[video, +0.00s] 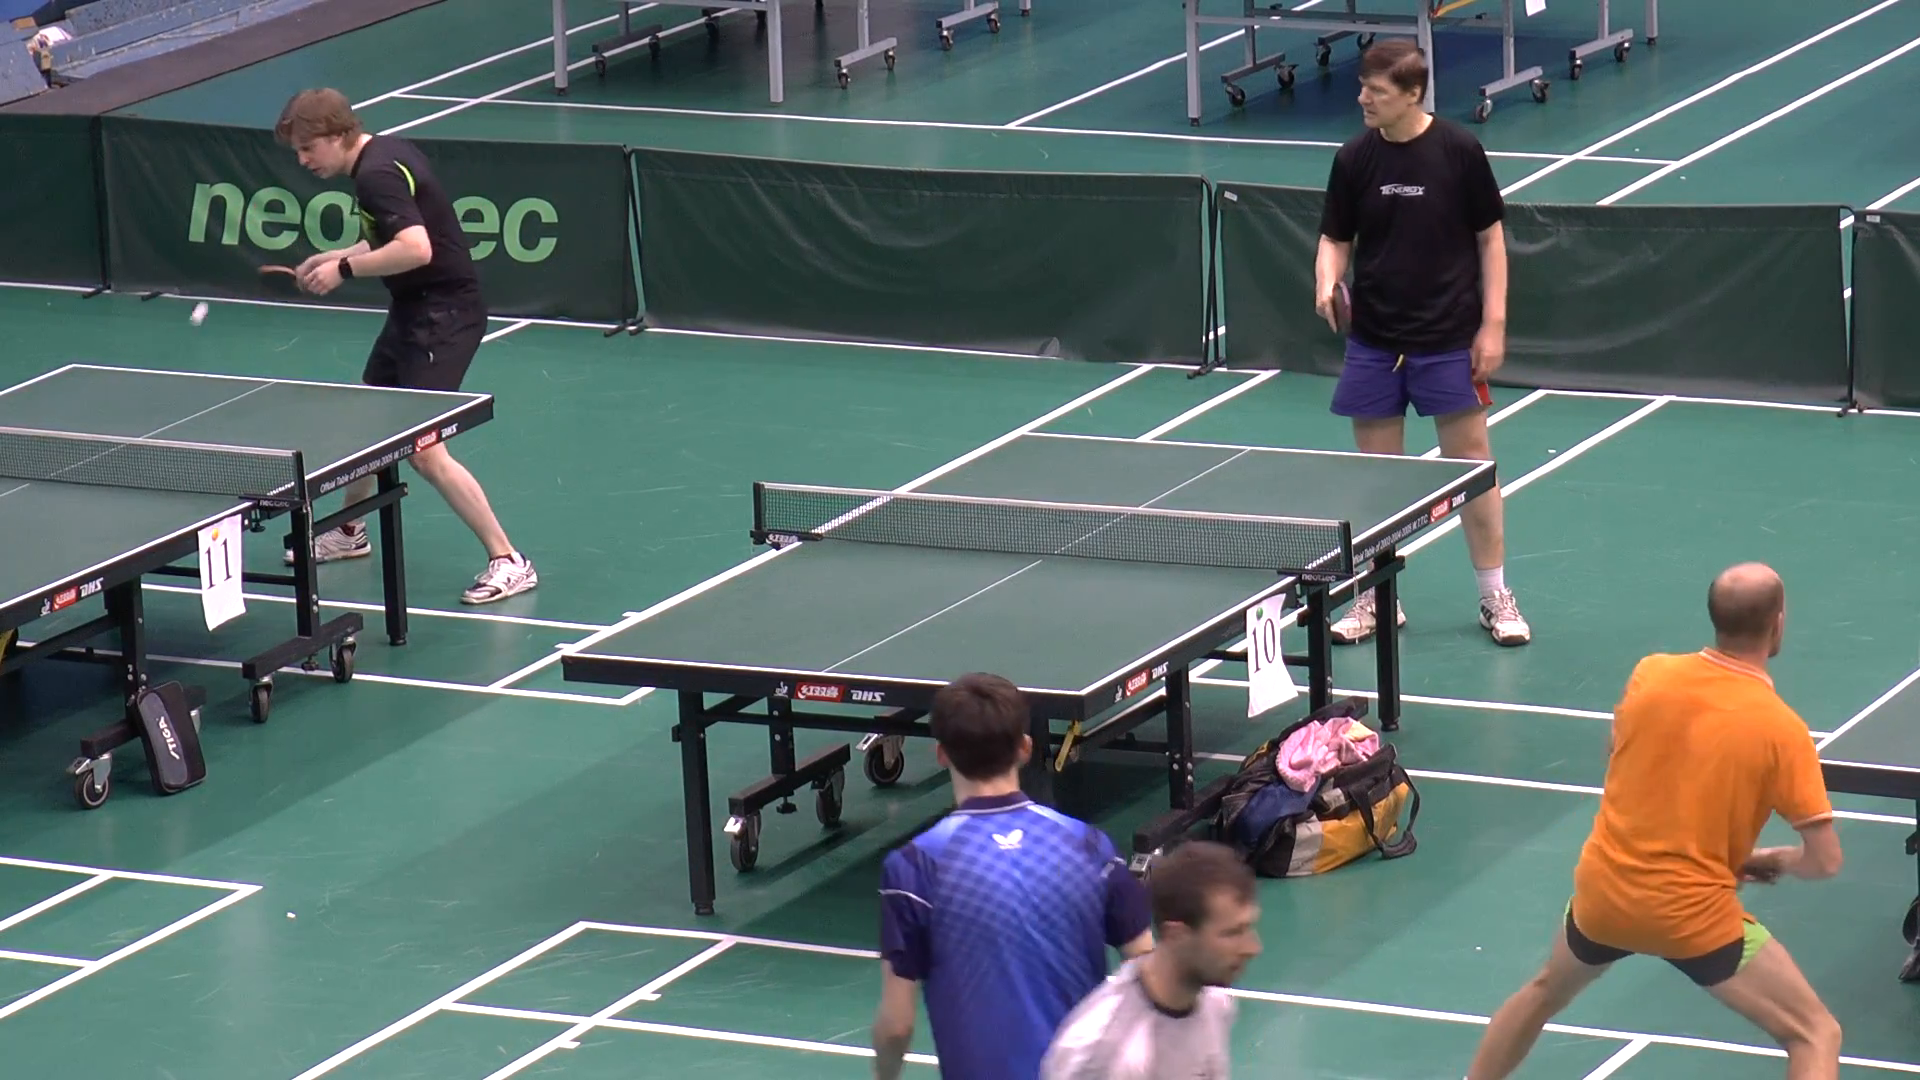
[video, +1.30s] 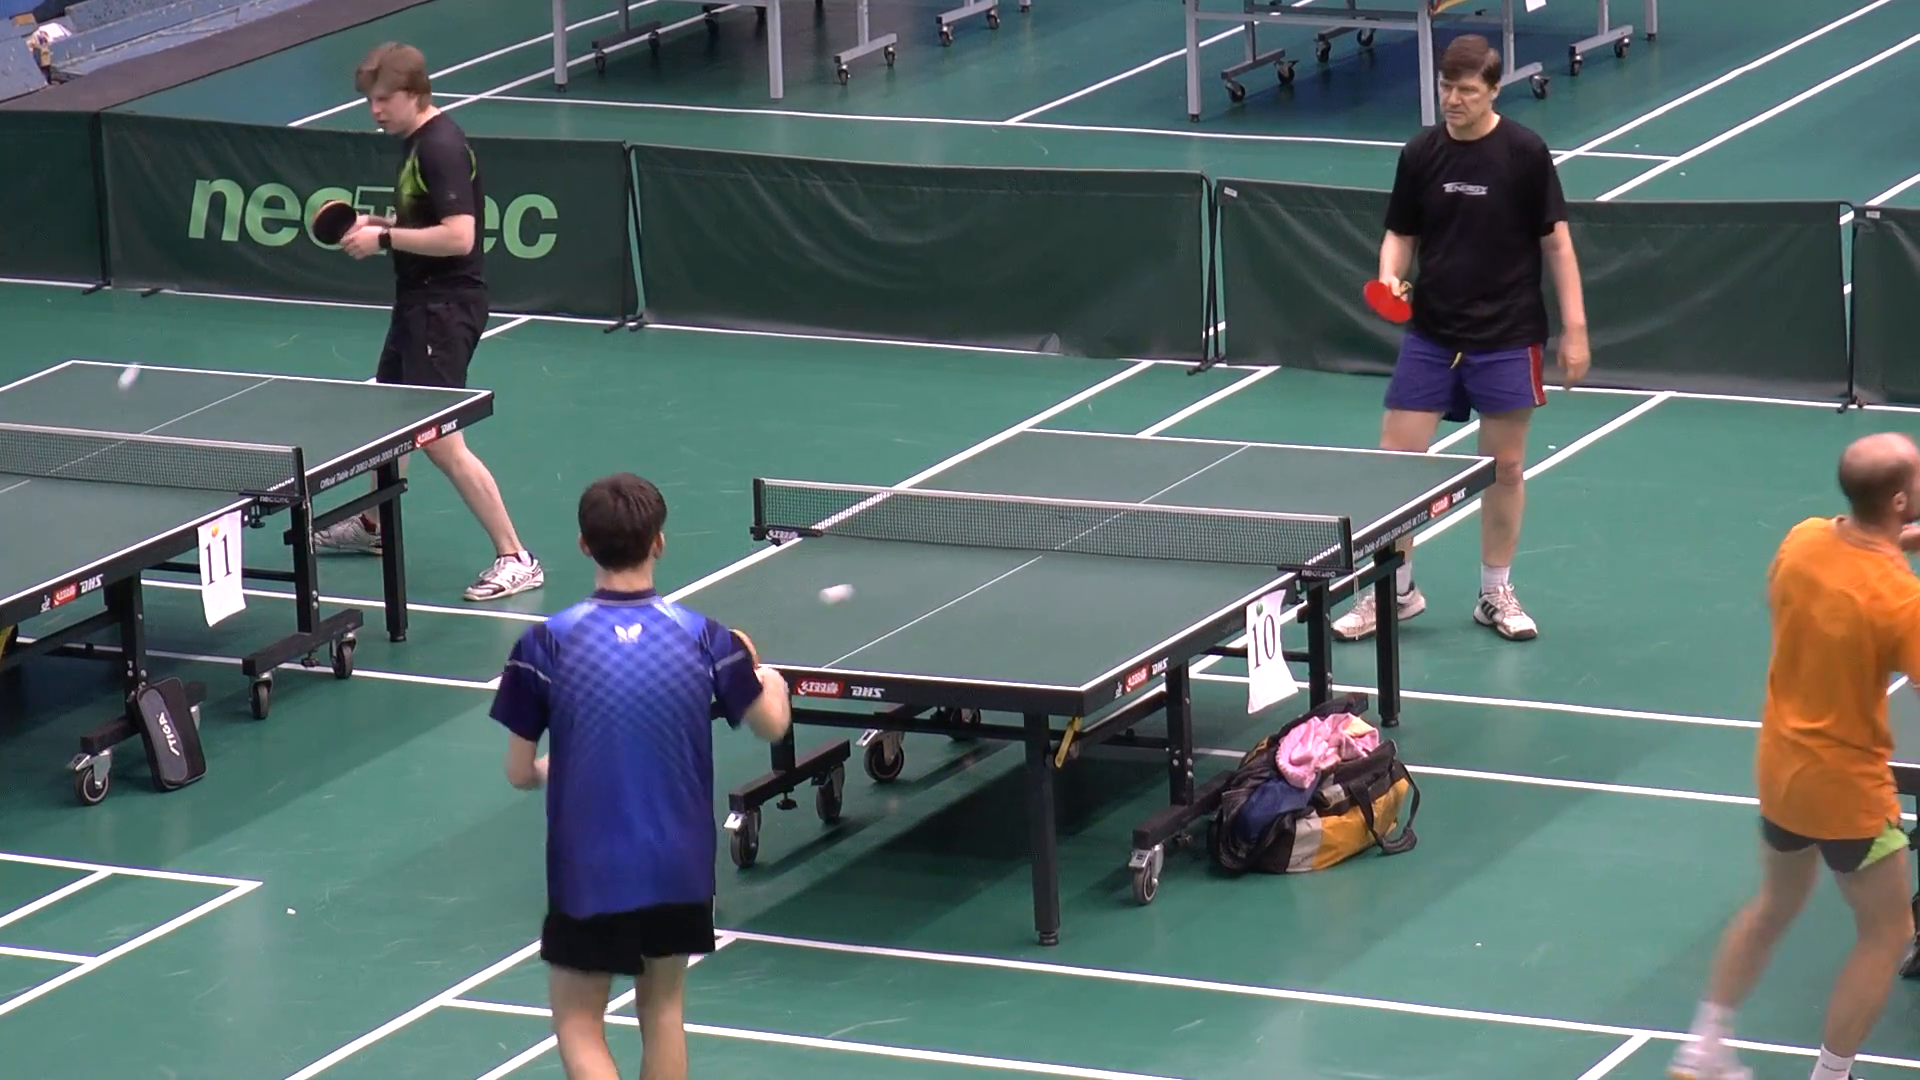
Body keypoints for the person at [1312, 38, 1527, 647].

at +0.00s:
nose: (1364, 99)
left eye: (1376, 91)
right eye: (1363, 89)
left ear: (1413, 93)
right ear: (1369, 91)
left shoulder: (1461, 150)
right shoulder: (1354, 157)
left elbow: (1492, 239)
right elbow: (1334, 237)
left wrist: (1493, 324)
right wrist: (1327, 281)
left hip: (1449, 339)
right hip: (1373, 340)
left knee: (1475, 468)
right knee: (1375, 476)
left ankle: (1495, 594)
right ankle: (1376, 596)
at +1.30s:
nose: (1454, 99)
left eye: (1467, 90)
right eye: (1447, 87)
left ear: (1493, 90)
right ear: (1439, 86)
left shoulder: (1528, 154)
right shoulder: (1419, 154)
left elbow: (1558, 244)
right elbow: (1399, 233)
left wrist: (1575, 330)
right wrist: (1389, 278)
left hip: (1506, 340)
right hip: (1430, 336)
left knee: (1507, 471)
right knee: (1394, 465)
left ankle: (1496, 591)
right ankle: (1395, 588)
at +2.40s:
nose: (1493, 169)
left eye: (1501, 157)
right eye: (1482, 160)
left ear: (1523, 133)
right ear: (1469, 149)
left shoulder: (1570, 174)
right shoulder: (1454, 197)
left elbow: (1605, 252)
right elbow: (1433, 281)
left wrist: (1623, 334)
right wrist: (1465, 315)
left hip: (1570, 361)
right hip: (1494, 368)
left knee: (1593, 493)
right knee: (1490, 497)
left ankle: (1623, 634)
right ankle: (1497, 631)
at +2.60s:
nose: (1513, 177)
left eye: (1521, 166)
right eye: (1505, 167)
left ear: (1550, 144)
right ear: (1499, 157)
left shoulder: (1600, 194)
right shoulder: (1500, 198)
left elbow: (1639, 281)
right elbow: (1480, 267)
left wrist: (1587, 349)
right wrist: (1483, 307)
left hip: (1597, 380)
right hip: (1524, 378)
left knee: (1606, 509)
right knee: (1510, 502)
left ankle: (1635, 660)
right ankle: (1500, 633)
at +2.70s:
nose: (1521, 175)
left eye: (1529, 164)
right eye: (1514, 165)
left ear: (1561, 146)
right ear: (1511, 156)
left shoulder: (1606, 202)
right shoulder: (1528, 193)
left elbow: (1616, 308)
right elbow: (1523, 260)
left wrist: (1532, 348)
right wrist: (1504, 303)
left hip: (1617, 376)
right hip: (1556, 374)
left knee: (1616, 511)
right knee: (1529, 498)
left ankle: (1637, 662)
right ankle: (1512, 632)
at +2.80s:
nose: (1522, 173)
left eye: (1529, 163)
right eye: (1517, 163)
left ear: (1563, 148)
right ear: (1530, 153)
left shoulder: (1601, 204)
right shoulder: (1557, 191)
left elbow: (1571, 311)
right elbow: (1565, 262)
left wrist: (1478, 333)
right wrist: (1519, 297)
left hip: (1631, 376)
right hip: (1581, 371)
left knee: (1620, 514)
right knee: (1558, 491)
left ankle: (1637, 662)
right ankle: (1547, 634)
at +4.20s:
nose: (1425, 284)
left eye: (1418, 272)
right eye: (1417, 275)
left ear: (1435, 249)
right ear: (1461, 232)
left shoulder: (1464, 288)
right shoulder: (1534, 241)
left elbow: (1440, 390)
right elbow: (1520, 360)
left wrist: (1365, 380)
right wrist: (1447, 357)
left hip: (1583, 411)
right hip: (1652, 391)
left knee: (1512, 532)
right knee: (1694, 538)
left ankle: (1534, 686)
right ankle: (1741, 677)